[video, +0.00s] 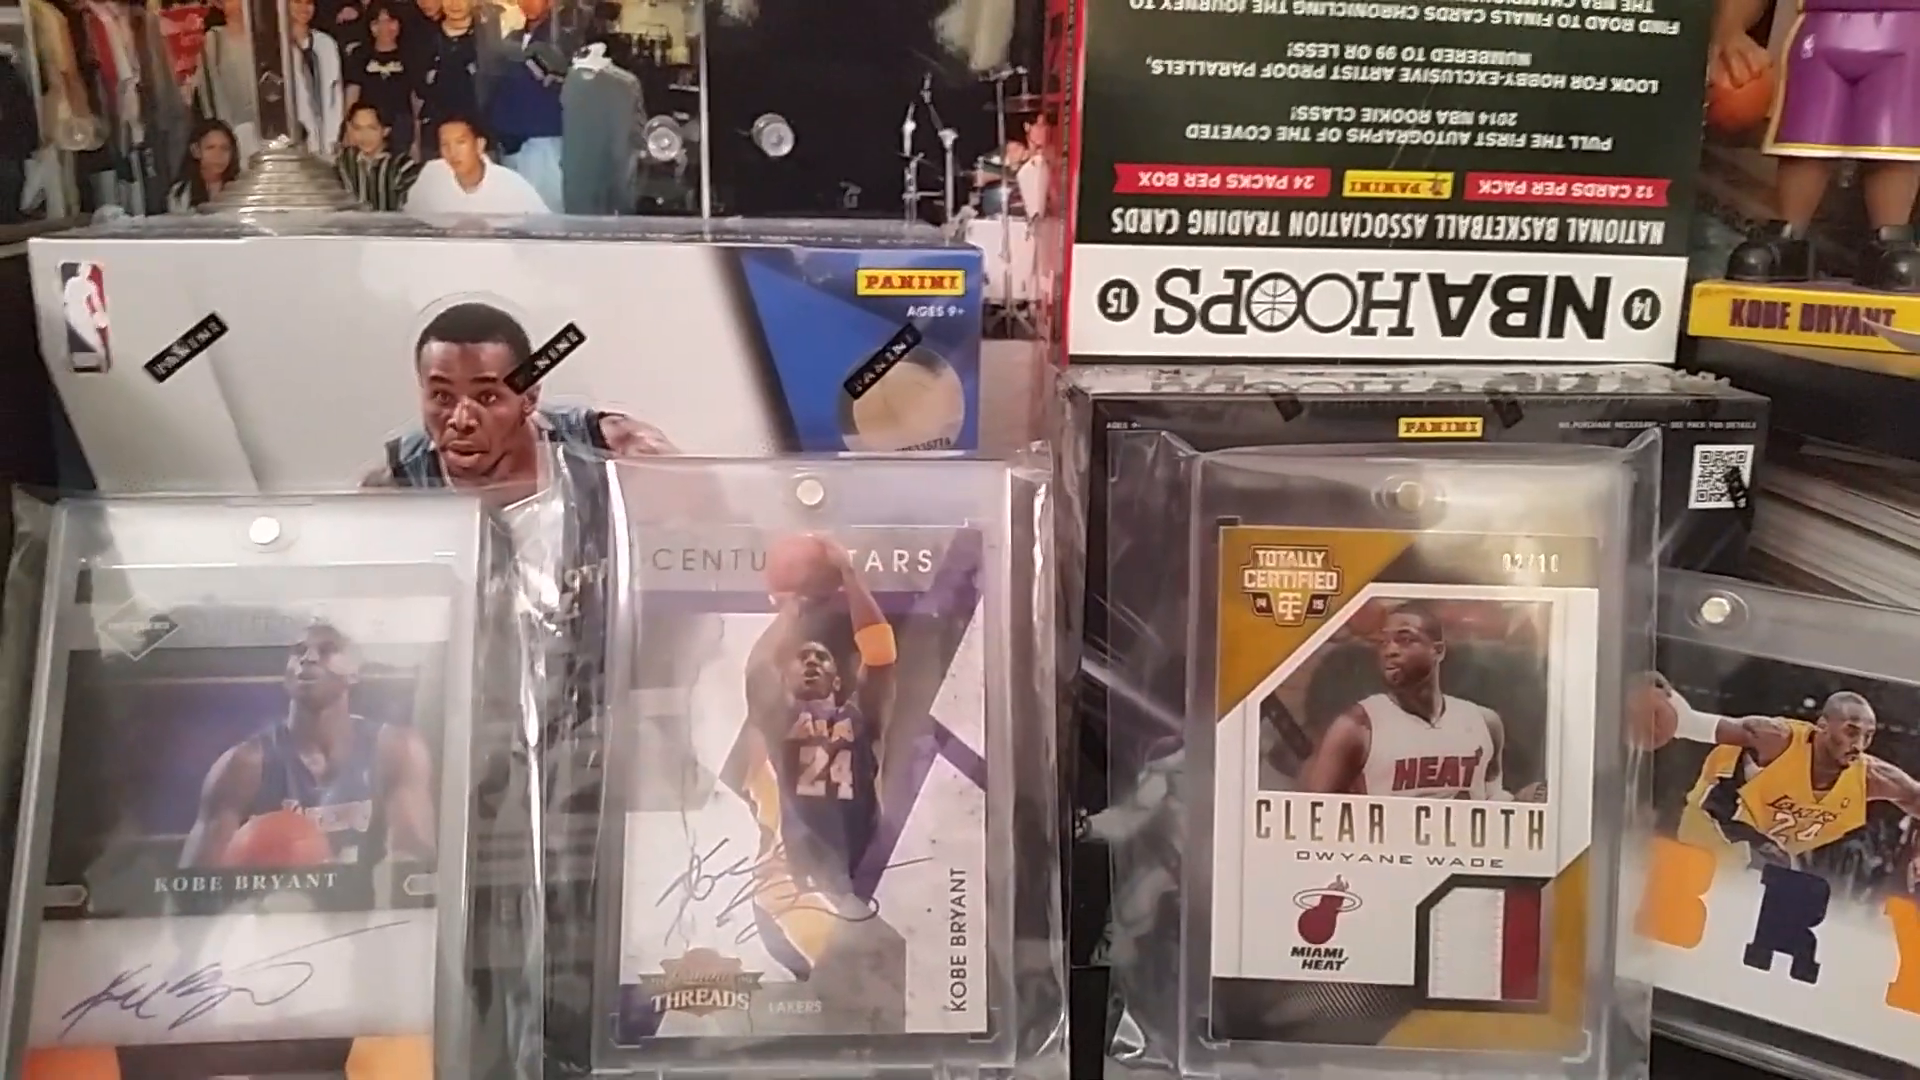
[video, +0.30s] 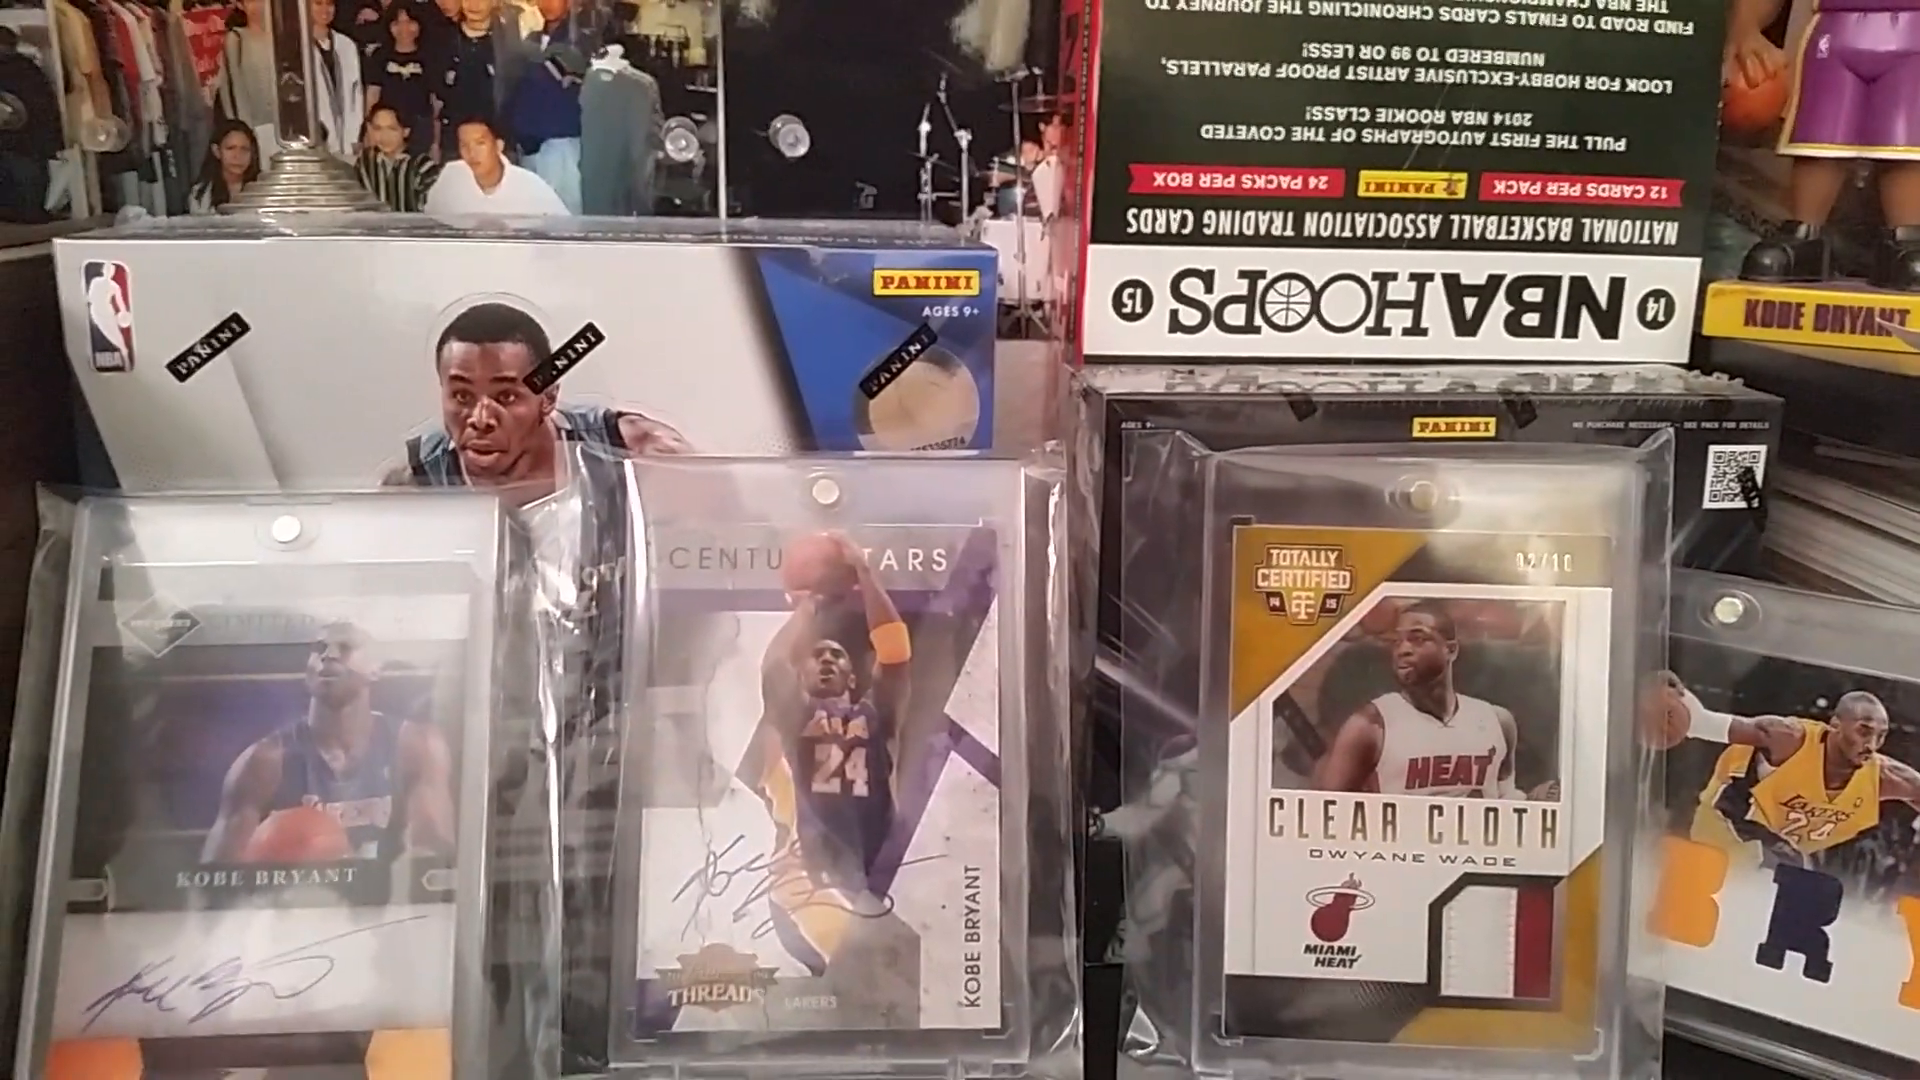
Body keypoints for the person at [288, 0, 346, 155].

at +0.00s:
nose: (305, 8)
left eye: (309, 3)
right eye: (298, 2)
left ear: (314, 8)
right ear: (288, 5)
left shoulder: (327, 44)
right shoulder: (280, 46)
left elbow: (336, 94)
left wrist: (331, 140)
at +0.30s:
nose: (326, 9)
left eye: (330, 4)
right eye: (319, 4)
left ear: (335, 8)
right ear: (307, 7)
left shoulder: (348, 45)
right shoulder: (299, 46)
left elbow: (357, 92)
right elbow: (300, 96)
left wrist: (354, 137)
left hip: (348, 139)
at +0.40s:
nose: (334, 10)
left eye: (338, 4)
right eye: (326, 4)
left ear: (342, 8)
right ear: (315, 7)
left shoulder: (355, 44)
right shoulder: (309, 47)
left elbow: (365, 91)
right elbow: (307, 97)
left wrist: (362, 137)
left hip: (357, 143)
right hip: (326, 144)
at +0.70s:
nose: (348, 11)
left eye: (352, 5)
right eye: (341, 5)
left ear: (357, 9)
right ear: (331, 8)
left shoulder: (370, 45)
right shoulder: (324, 48)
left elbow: (380, 91)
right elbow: (322, 96)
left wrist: (378, 136)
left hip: (372, 142)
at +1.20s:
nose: (429, 14)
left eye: (433, 8)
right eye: (423, 8)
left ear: (438, 13)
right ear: (412, 11)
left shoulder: (450, 48)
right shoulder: (404, 50)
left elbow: (459, 94)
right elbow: (405, 100)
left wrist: (455, 140)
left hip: (452, 145)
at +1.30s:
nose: (424, 14)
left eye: (428, 8)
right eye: (418, 8)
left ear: (433, 12)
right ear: (407, 12)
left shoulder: (446, 49)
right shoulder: (399, 51)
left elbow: (454, 94)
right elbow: (402, 100)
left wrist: (451, 140)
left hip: (447, 144)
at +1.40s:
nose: (418, 14)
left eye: (422, 8)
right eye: (411, 8)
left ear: (427, 12)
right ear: (400, 12)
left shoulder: (439, 49)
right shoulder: (393, 51)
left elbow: (448, 94)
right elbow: (396, 100)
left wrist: (443, 141)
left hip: (440, 144)